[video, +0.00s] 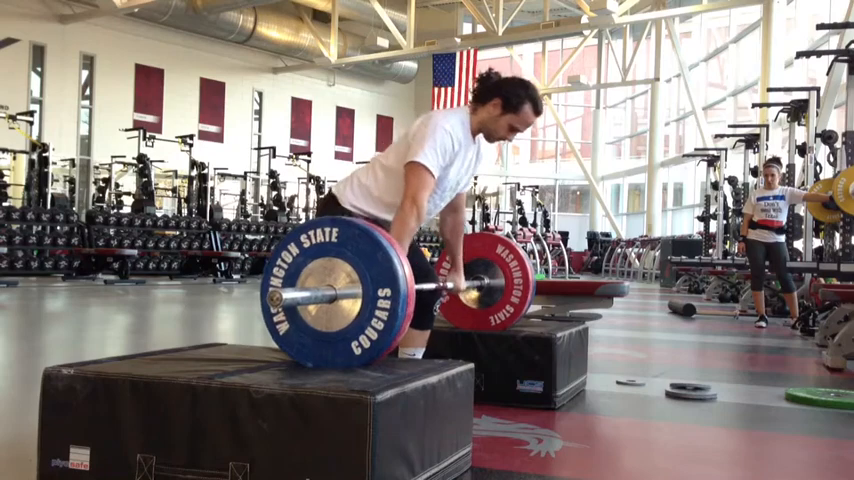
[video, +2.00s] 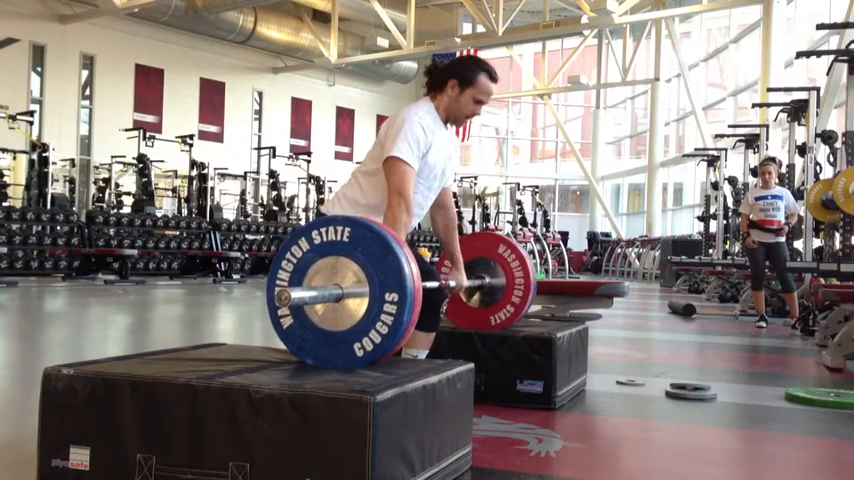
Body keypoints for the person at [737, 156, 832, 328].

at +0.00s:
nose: (769, 179)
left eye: (772, 175)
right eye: (766, 175)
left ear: (779, 176)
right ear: (763, 176)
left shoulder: (786, 192)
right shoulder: (755, 195)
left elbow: (807, 196)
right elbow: (746, 218)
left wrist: (827, 198)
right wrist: (742, 238)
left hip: (777, 240)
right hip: (755, 238)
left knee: (784, 275)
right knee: (757, 275)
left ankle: (795, 318)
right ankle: (761, 316)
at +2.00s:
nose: (766, 176)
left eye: (769, 173)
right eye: (763, 173)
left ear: (776, 174)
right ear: (759, 175)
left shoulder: (784, 193)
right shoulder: (751, 194)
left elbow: (794, 213)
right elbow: (744, 216)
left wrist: (788, 224)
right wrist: (746, 234)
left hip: (777, 240)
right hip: (757, 239)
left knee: (785, 276)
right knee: (757, 276)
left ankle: (795, 317)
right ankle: (761, 316)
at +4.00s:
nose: (766, 176)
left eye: (769, 173)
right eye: (763, 173)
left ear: (776, 174)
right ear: (759, 175)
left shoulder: (784, 194)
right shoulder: (751, 195)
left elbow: (793, 214)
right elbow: (744, 217)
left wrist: (787, 224)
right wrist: (746, 235)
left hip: (777, 240)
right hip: (756, 239)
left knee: (785, 276)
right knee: (757, 277)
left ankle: (795, 318)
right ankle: (761, 316)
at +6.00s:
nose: (766, 173)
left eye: (769, 170)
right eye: (763, 170)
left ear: (775, 173)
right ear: (759, 173)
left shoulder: (784, 193)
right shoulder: (751, 193)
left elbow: (792, 214)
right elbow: (744, 216)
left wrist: (788, 224)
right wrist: (746, 236)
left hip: (777, 239)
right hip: (757, 239)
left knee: (784, 275)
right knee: (757, 277)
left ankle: (795, 317)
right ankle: (761, 315)